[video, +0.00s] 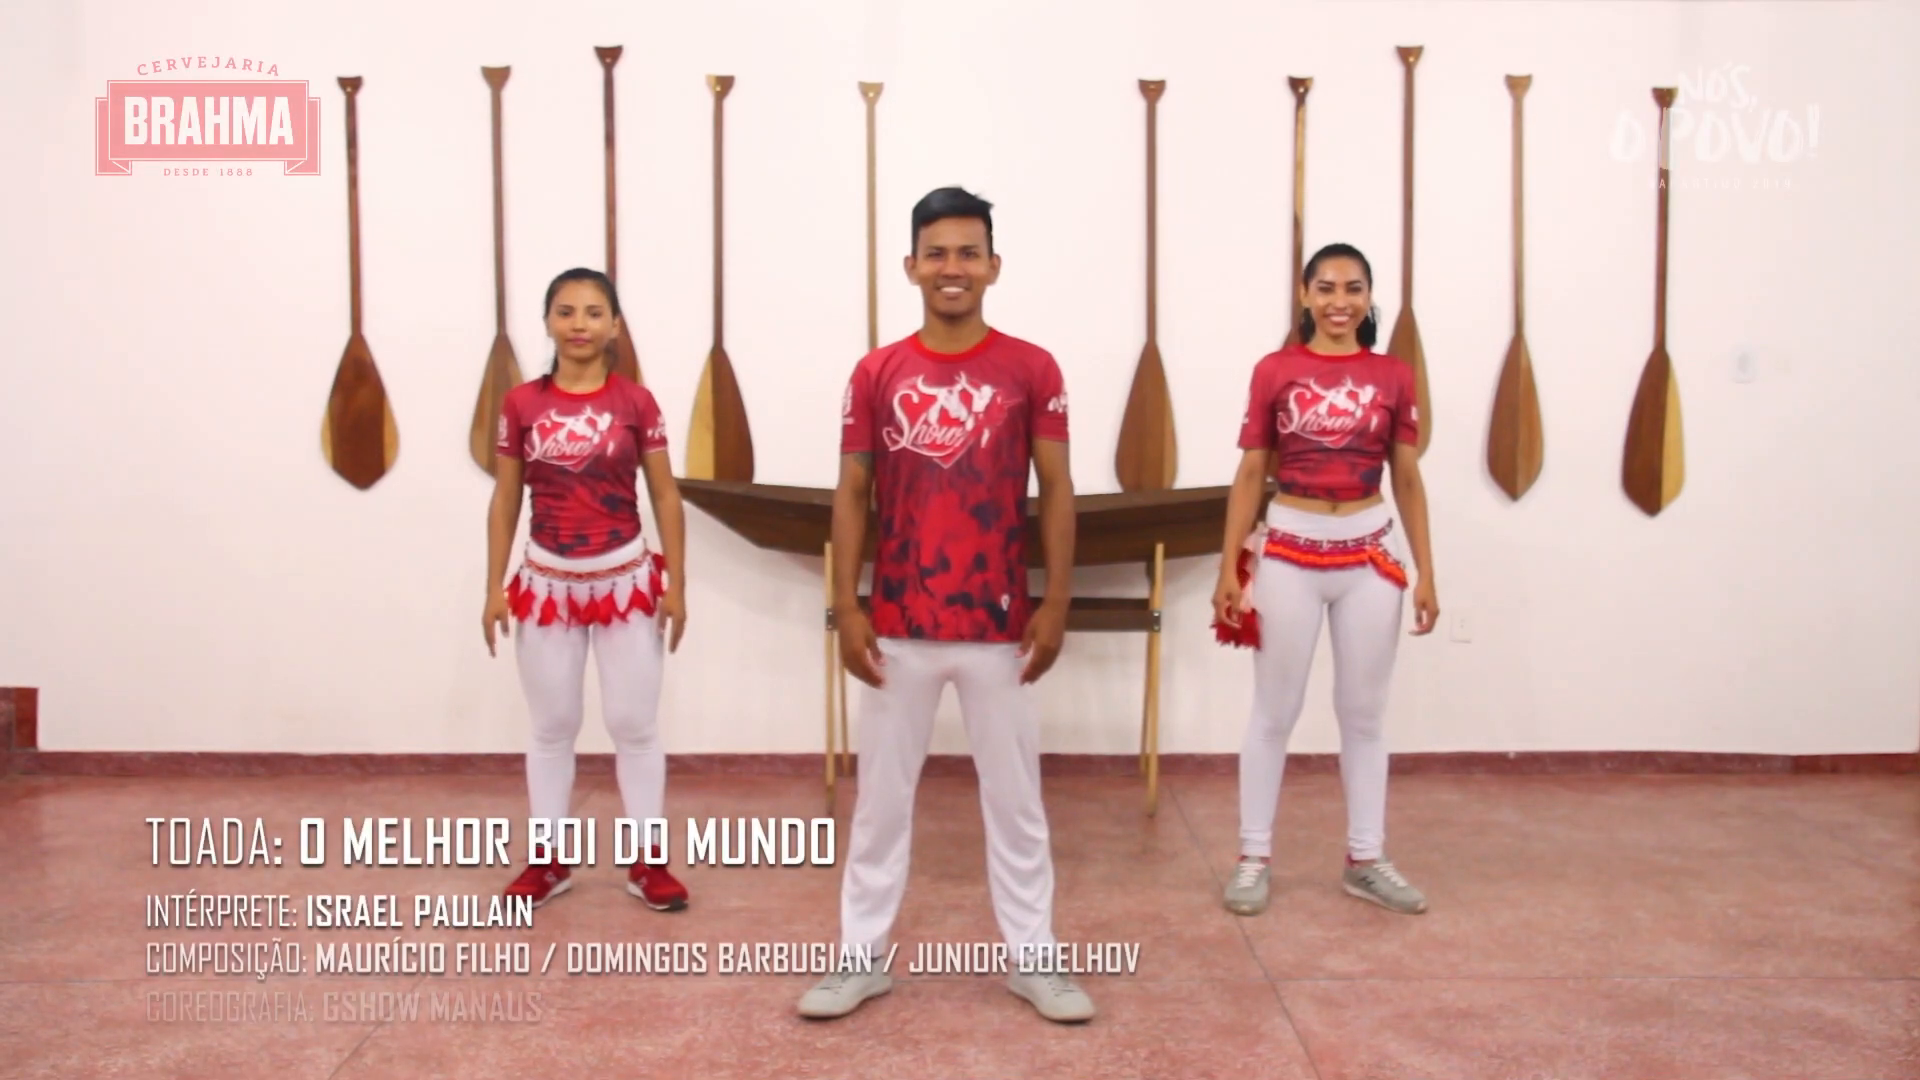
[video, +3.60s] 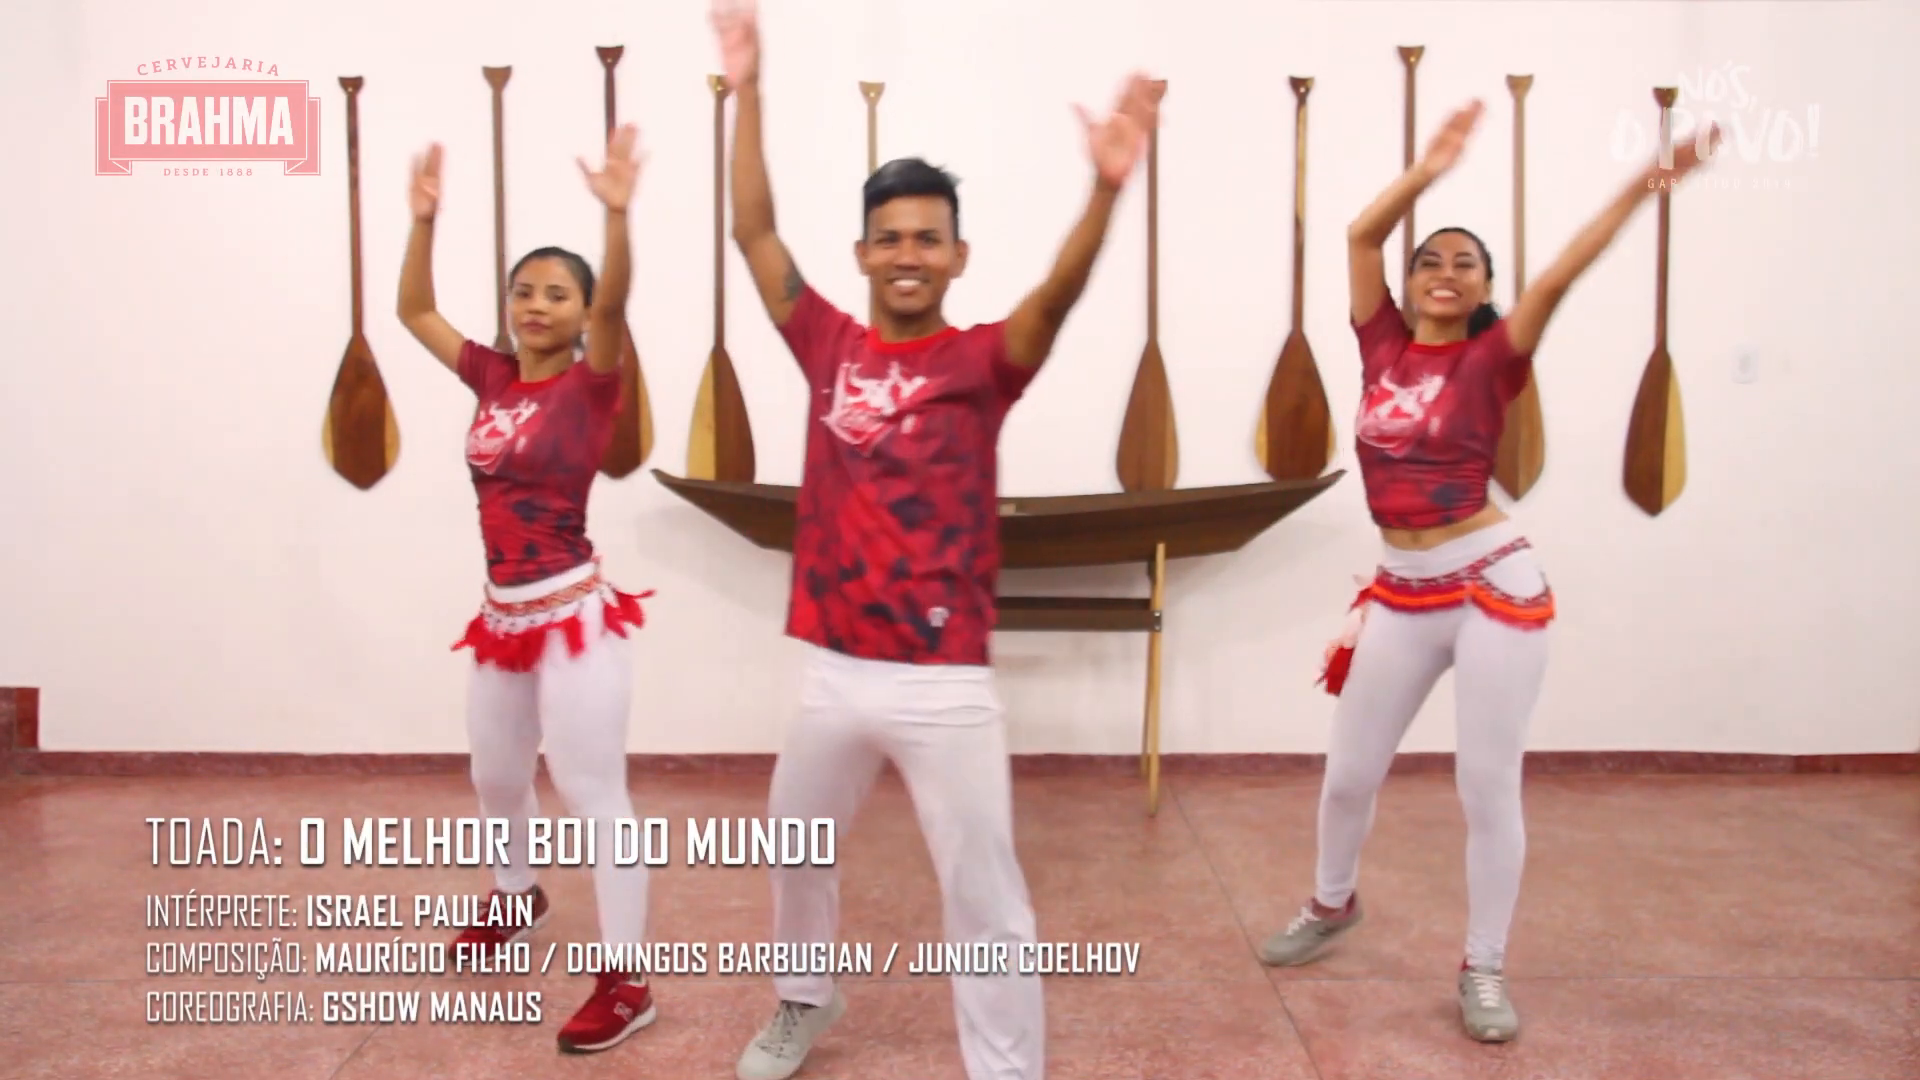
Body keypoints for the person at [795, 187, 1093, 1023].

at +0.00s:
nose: (953, 268)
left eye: (969, 253)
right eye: (937, 254)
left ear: (991, 264)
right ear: (913, 266)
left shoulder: (1031, 369)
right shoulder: (876, 374)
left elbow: (1057, 491)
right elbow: (851, 496)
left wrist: (1057, 601)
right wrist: (844, 604)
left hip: (997, 623)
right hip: (899, 622)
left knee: (1015, 800)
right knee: (881, 797)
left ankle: (1034, 955)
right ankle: (862, 954)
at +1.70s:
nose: (967, 250)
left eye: (986, 238)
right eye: (955, 240)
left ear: (1022, 262)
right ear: (941, 266)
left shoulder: (1054, 372)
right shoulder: (920, 367)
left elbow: (1087, 486)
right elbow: (930, 482)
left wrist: (1113, 587)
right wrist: (1020, 561)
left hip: (1043, 622)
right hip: (958, 624)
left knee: (1043, 799)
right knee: (927, 797)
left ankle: (1037, 954)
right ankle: (880, 951)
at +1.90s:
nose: (958, 245)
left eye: (977, 234)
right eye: (946, 236)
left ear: (1015, 258)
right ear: (934, 263)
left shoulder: (1055, 351)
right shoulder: (920, 355)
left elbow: (1140, 363)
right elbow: (889, 360)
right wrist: (952, 312)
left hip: (1035, 622)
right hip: (944, 622)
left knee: (1037, 803)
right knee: (890, 788)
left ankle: (1035, 955)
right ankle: (850, 959)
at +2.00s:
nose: (954, 248)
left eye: (973, 235)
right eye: (942, 238)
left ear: (1009, 258)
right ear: (929, 265)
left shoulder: (1043, 344)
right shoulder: (914, 352)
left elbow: (1147, 297)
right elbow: (872, 301)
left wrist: (1239, 233)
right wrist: (906, 206)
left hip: (1029, 623)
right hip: (935, 624)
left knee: (1033, 803)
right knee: (878, 798)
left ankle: (1035, 958)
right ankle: (819, 975)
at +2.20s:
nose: (922, 254)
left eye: (943, 242)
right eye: (912, 243)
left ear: (981, 265)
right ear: (899, 261)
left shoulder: (1006, 348)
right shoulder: (869, 349)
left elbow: (1077, 249)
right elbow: (803, 270)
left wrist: (1120, 138)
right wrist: (757, 163)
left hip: (994, 627)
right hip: (896, 630)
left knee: (1014, 805)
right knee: (850, 817)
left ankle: (1033, 956)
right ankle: (816, 998)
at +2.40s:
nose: (879, 241)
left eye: (901, 230)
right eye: (871, 228)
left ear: (942, 256)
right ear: (856, 249)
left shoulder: (960, 342)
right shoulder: (814, 342)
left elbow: (1017, 240)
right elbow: (718, 273)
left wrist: (1022, 118)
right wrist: (626, 197)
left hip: (939, 628)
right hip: (836, 630)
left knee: (996, 800)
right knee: (806, 824)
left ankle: (1043, 955)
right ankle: (811, 1002)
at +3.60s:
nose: (907, 254)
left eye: (927, 239)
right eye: (889, 238)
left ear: (960, 256)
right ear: (861, 254)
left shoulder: (986, 363)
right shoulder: (830, 348)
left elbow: (1058, 293)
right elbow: (755, 230)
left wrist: (1106, 190)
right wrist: (742, 90)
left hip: (946, 682)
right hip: (829, 672)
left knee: (984, 896)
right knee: (793, 848)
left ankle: (1006, 1068)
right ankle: (804, 1001)